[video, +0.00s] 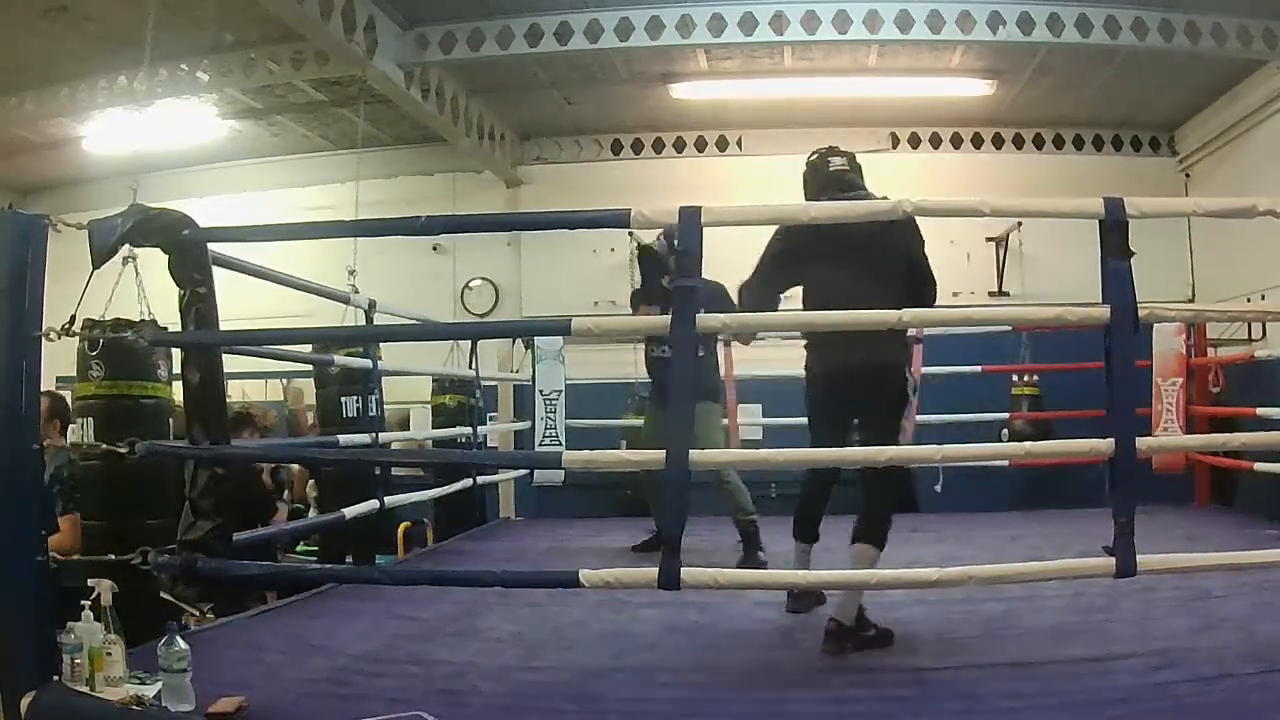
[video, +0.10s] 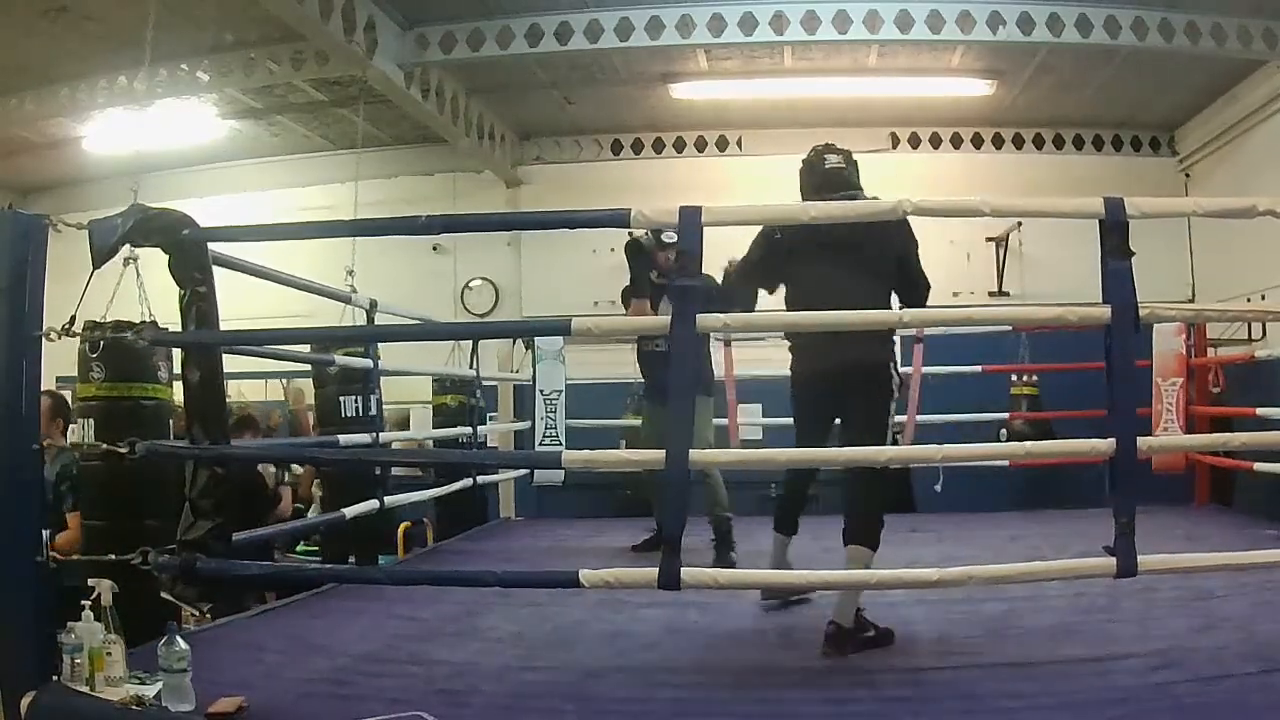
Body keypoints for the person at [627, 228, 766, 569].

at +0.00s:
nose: (670, 267)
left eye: (676, 260)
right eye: (665, 261)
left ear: (688, 257)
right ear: (659, 262)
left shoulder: (711, 291)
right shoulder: (650, 294)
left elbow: (741, 331)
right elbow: (641, 327)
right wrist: (654, 280)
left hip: (703, 394)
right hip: (663, 395)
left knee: (717, 464)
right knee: (651, 464)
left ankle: (751, 543)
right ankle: (665, 532)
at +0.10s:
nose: (665, 257)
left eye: (670, 251)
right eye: (661, 253)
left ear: (681, 254)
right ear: (650, 257)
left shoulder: (698, 286)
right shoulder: (642, 289)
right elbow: (639, 316)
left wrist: (678, 278)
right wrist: (639, 269)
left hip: (695, 387)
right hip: (656, 388)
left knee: (703, 460)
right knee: (653, 462)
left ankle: (723, 539)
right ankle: (664, 532)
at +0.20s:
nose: (665, 254)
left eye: (671, 248)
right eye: (659, 248)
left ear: (679, 252)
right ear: (647, 252)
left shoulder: (693, 283)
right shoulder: (635, 285)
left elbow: (729, 311)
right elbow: (633, 320)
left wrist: (729, 270)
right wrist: (635, 274)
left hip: (689, 387)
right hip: (651, 388)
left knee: (693, 461)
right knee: (655, 462)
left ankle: (705, 537)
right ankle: (665, 532)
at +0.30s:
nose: (666, 259)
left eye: (673, 252)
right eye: (660, 251)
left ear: (682, 255)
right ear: (648, 253)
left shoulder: (692, 285)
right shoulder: (635, 286)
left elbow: (727, 306)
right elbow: (628, 320)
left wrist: (719, 265)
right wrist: (634, 275)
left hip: (681, 391)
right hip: (645, 391)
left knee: (686, 463)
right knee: (652, 464)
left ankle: (694, 541)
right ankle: (664, 531)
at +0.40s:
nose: (673, 260)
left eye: (679, 254)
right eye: (668, 253)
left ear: (687, 257)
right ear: (655, 253)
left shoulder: (691, 287)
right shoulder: (632, 286)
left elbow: (719, 308)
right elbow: (632, 318)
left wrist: (712, 264)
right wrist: (637, 270)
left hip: (676, 392)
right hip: (641, 392)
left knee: (677, 463)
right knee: (642, 464)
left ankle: (690, 537)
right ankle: (661, 529)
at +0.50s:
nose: (679, 261)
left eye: (681, 255)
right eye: (673, 255)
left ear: (682, 258)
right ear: (659, 256)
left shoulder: (685, 288)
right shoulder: (629, 284)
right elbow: (639, 318)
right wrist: (647, 270)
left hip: (674, 396)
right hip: (638, 395)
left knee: (677, 465)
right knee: (622, 464)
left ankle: (690, 538)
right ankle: (653, 518)